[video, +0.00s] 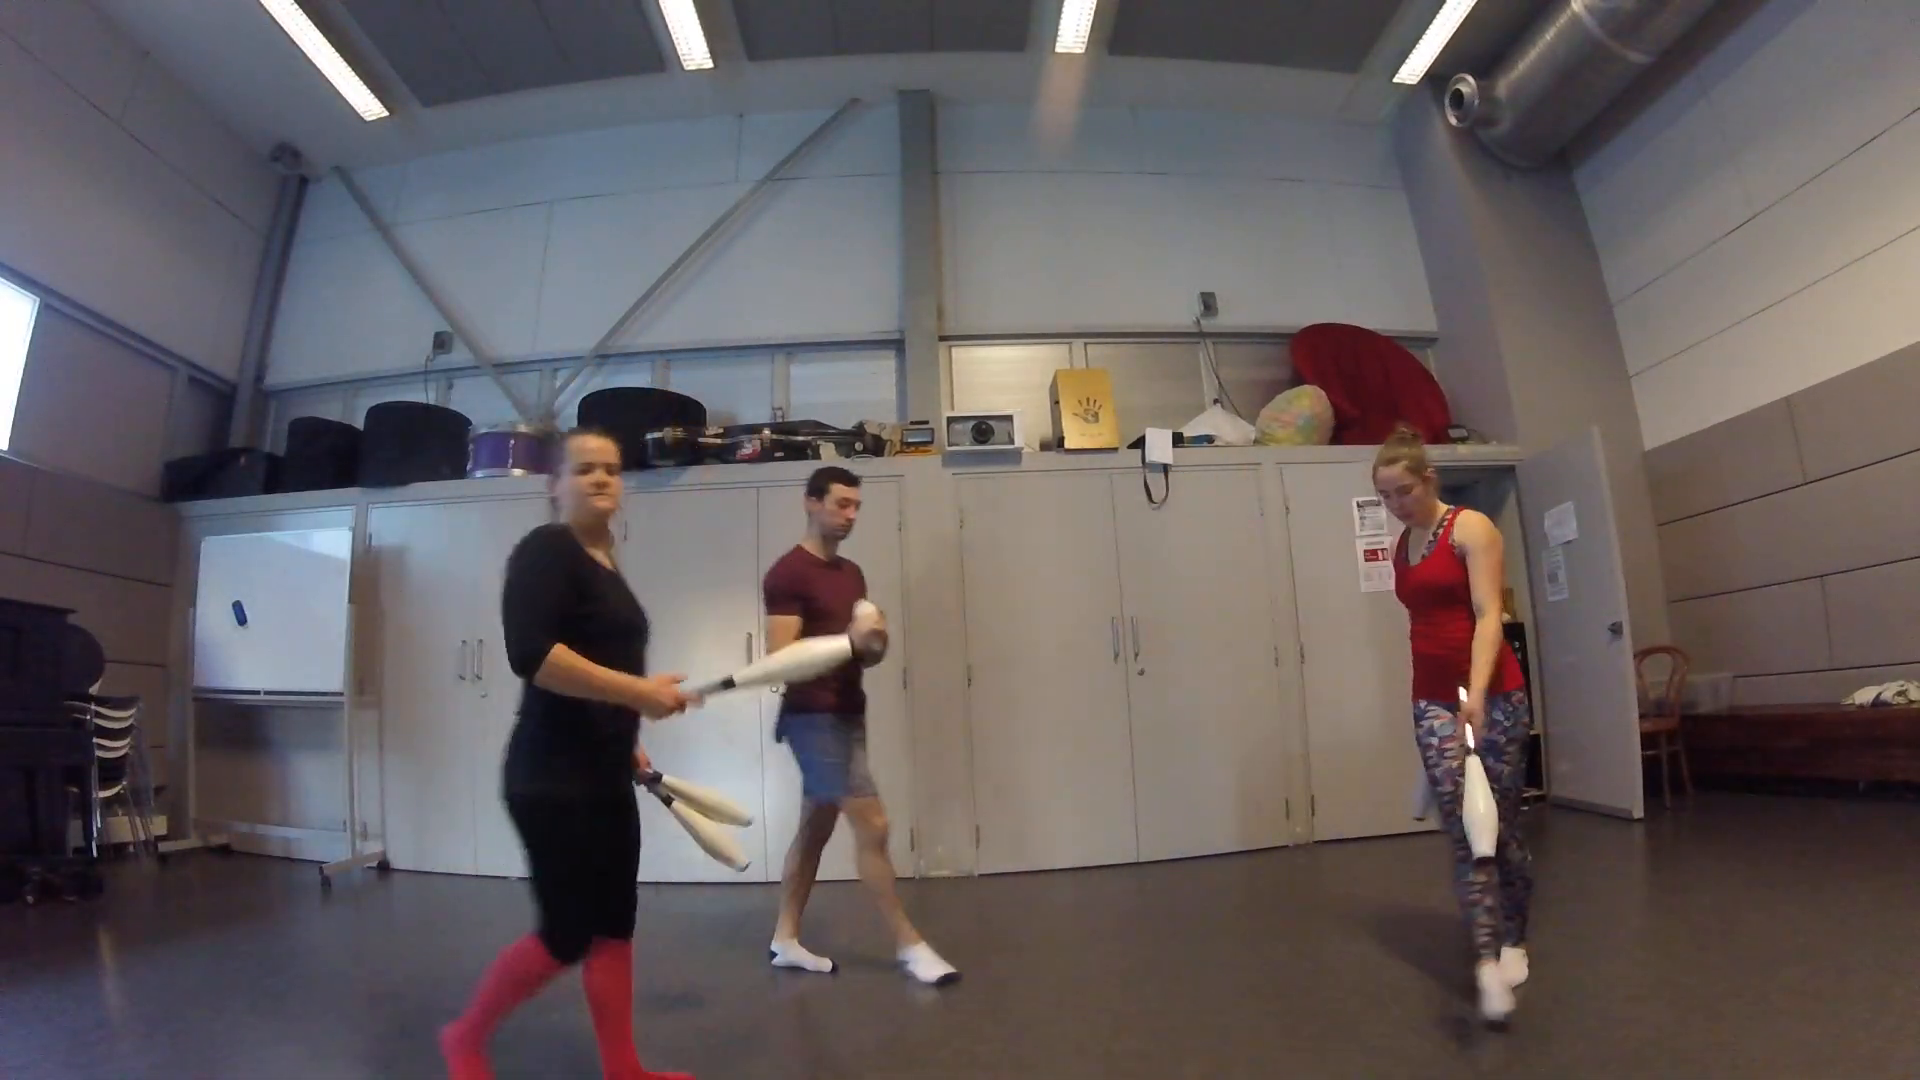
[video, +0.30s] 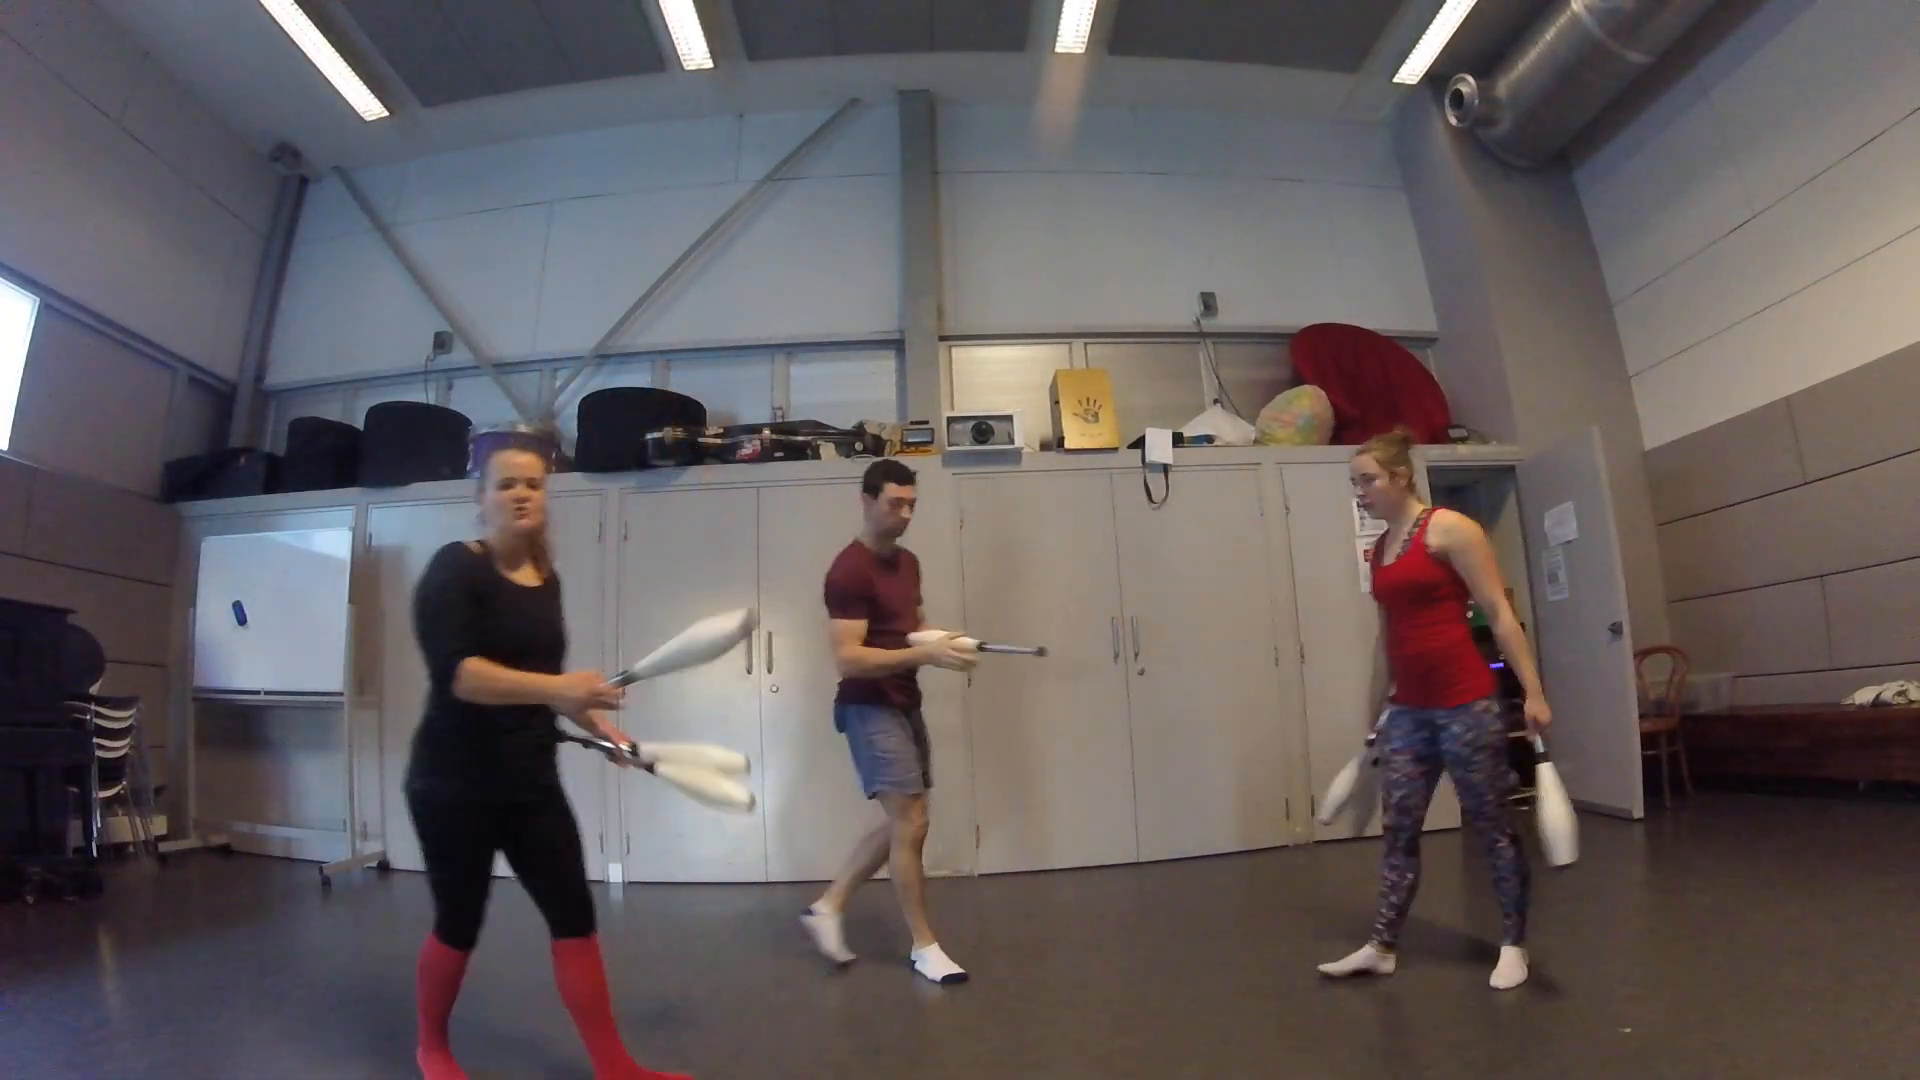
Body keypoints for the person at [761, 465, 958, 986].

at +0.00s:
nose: (850, 514)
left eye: (855, 506)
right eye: (842, 504)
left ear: (855, 511)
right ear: (812, 504)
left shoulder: (850, 573)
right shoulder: (788, 574)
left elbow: (870, 651)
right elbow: (778, 661)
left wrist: (873, 638)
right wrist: (846, 644)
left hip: (847, 715)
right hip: (811, 718)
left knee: (814, 830)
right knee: (872, 825)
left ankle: (785, 939)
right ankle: (909, 944)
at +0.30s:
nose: (906, 513)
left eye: (911, 504)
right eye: (897, 504)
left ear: (911, 506)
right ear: (868, 501)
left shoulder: (906, 562)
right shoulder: (849, 569)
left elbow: (908, 629)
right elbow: (848, 657)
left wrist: (945, 643)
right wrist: (924, 652)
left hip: (903, 701)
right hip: (869, 706)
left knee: (905, 820)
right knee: (910, 823)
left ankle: (827, 907)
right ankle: (923, 945)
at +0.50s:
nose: (930, 511)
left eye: (937, 503)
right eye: (921, 502)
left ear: (941, 505)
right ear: (896, 500)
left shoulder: (937, 562)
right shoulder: (873, 567)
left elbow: (945, 625)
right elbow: (861, 651)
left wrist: (971, 645)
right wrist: (942, 656)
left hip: (932, 700)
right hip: (889, 705)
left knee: (963, 811)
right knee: (918, 820)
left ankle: (927, 902)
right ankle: (923, 944)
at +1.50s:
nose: (936, 508)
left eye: (944, 501)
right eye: (927, 502)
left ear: (959, 510)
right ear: (916, 512)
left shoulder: (982, 567)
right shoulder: (897, 571)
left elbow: (1015, 620)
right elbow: (867, 632)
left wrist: (1022, 681)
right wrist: (856, 686)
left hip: (973, 710)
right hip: (915, 710)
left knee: (977, 815)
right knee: (912, 819)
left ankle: (988, 911)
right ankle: (908, 921)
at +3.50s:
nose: (888, 509)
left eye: (896, 502)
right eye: (880, 503)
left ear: (910, 510)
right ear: (867, 512)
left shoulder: (934, 568)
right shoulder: (850, 576)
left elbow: (957, 633)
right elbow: (838, 647)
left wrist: (973, 694)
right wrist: (834, 716)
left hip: (927, 712)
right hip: (872, 714)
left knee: (920, 816)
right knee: (889, 817)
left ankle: (924, 912)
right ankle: (903, 920)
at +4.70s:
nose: (873, 462)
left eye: (884, 452)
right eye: (872, 454)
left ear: (921, 459)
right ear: (879, 467)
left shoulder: (966, 535)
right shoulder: (862, 544)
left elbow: (997, 619)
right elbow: (844, 631)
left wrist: (1008, 698)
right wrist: (825, 711)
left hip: (954, 722)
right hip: (879, 722)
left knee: (960, 850)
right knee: (871, 854)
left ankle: (968, 980)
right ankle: (867, 1000)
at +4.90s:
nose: (846, 460)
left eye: (856, 449)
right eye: (845, 451)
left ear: (897, 453)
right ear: (878, 457)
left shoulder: (946, 527)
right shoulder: (841, 541)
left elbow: (965, 617)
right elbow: (824, 634)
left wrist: (922, 674)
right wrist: (804, 719)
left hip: (940, 725)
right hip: (861, 725)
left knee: (956, 857)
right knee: (854, 863)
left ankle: (965, 981)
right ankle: (845, 1016)